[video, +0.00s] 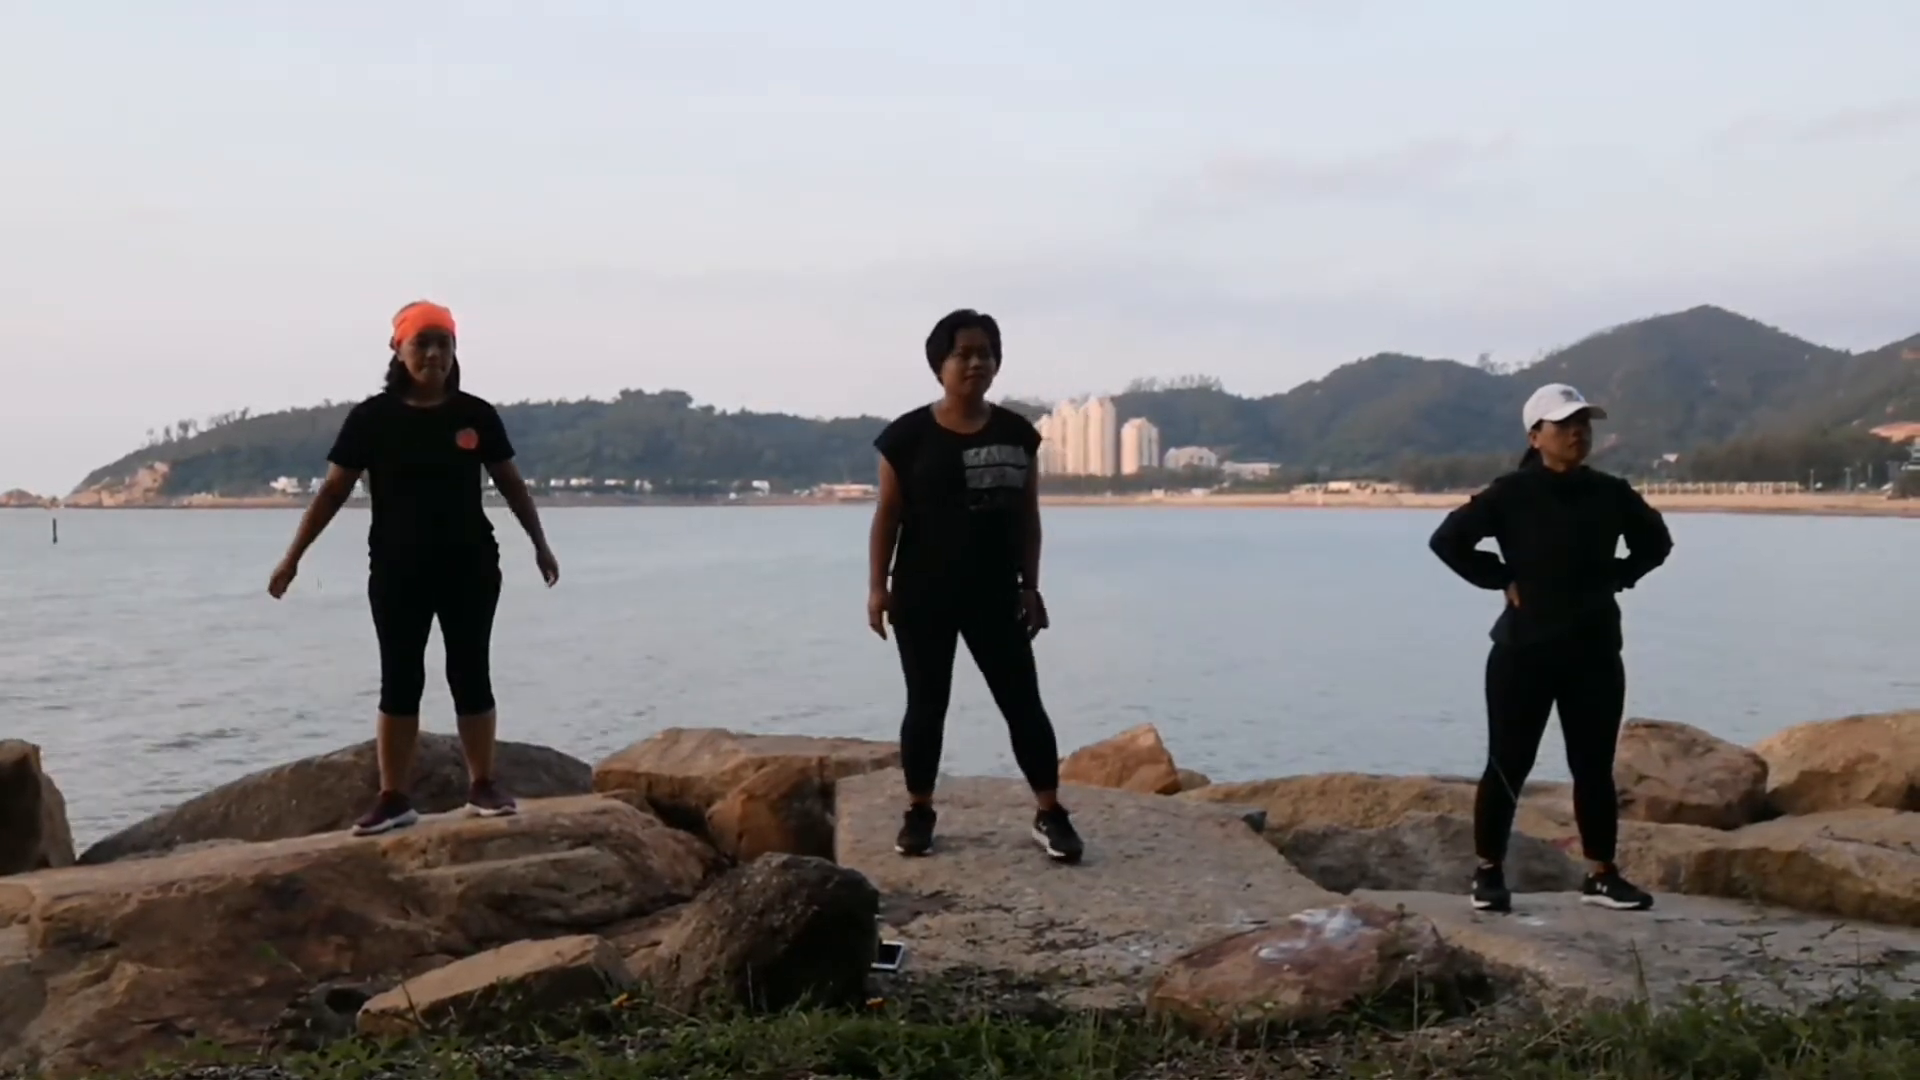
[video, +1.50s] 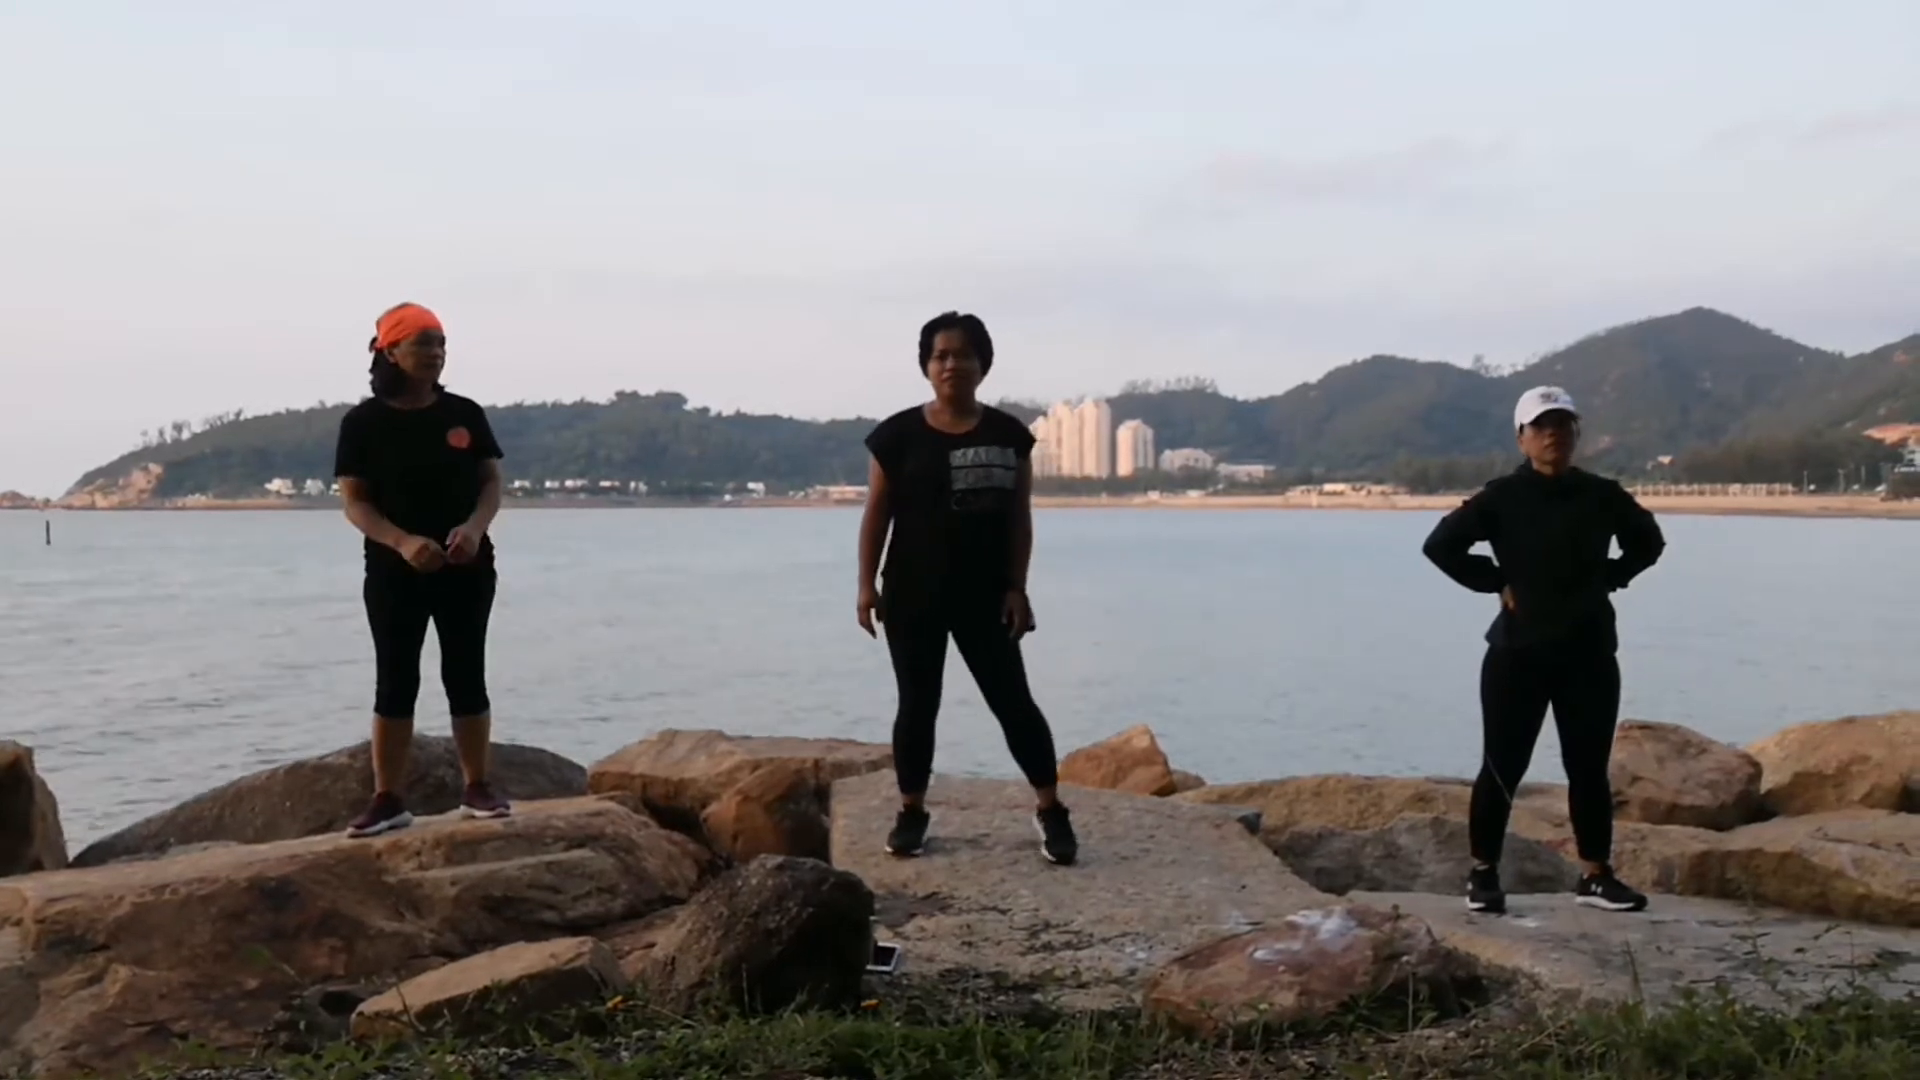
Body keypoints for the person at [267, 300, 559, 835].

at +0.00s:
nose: (433, 353)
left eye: (442, 343)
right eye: (422, 343)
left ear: (454, 351)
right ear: (399, 351)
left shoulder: (476, 417)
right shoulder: (370, 419)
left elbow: (509, 482)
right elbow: (332, 493)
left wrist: (539, 541)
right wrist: (291, 557)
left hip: (468, 570)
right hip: (398, 573)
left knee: (471, 678)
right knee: (399, 685)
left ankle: (482, 786)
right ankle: (392, 798)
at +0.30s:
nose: (431, 352)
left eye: (440, 342)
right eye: (420, 343)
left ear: (453, 350)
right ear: (399, 351)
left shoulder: (476, 416)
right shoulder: (371, 419)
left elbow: (497, 492)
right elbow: (360, 503)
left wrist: (489, 551)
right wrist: (374, 567)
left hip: (466, 571)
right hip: (399, 574)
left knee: (471, 680)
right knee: (398, 687)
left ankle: (482, 787)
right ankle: (391, 796)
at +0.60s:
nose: (433, 349)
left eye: (441, 339)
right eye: (421, 340)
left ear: (452, 347)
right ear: (396, 350)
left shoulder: (475, 415)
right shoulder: (370, 419)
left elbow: (499, 486)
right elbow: (356, 497)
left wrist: (482, 533)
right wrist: (391, 550)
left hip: (467, 570)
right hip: (399, 572)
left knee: (470, 679)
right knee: (398, 685)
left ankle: (480, 787)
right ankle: (390, 798)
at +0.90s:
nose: (443, 349)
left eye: (448, 340)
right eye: (431, 340)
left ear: (454, 348)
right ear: (399, 349)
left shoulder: (473, 416)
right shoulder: (368, 421)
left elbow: (504, 485)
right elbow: (329, 495)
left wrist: (536, 547)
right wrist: (285, 562)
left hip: (468, 571)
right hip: (398, 575)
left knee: (470, 681)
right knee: (398, 687)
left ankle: (480, 787)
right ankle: (388, 799)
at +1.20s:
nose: (444, 349)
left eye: (447, 341)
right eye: (431, 341)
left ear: (450, 349)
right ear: (398, 351)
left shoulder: (470, 416)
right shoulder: (367, 422)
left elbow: (496, 492)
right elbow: (344, 503)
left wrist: (516, 558)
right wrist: (320, 576)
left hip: (467, 572)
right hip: (398, 576)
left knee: (469, 681)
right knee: (397, 687)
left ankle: (478, 787)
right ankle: (388, 798)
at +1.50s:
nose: (437, 351)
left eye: (440, 342)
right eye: (424, 343)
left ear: (445, 349)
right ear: (391, 353)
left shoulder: (465, 414)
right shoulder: (361, 423)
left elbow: (492, 482)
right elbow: (354, 505)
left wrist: (476, 525)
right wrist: (402, 540)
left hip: (465, 570)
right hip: (395, 573)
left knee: (467, 681)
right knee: (395, 686)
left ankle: (477, 789)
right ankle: (387, 798)